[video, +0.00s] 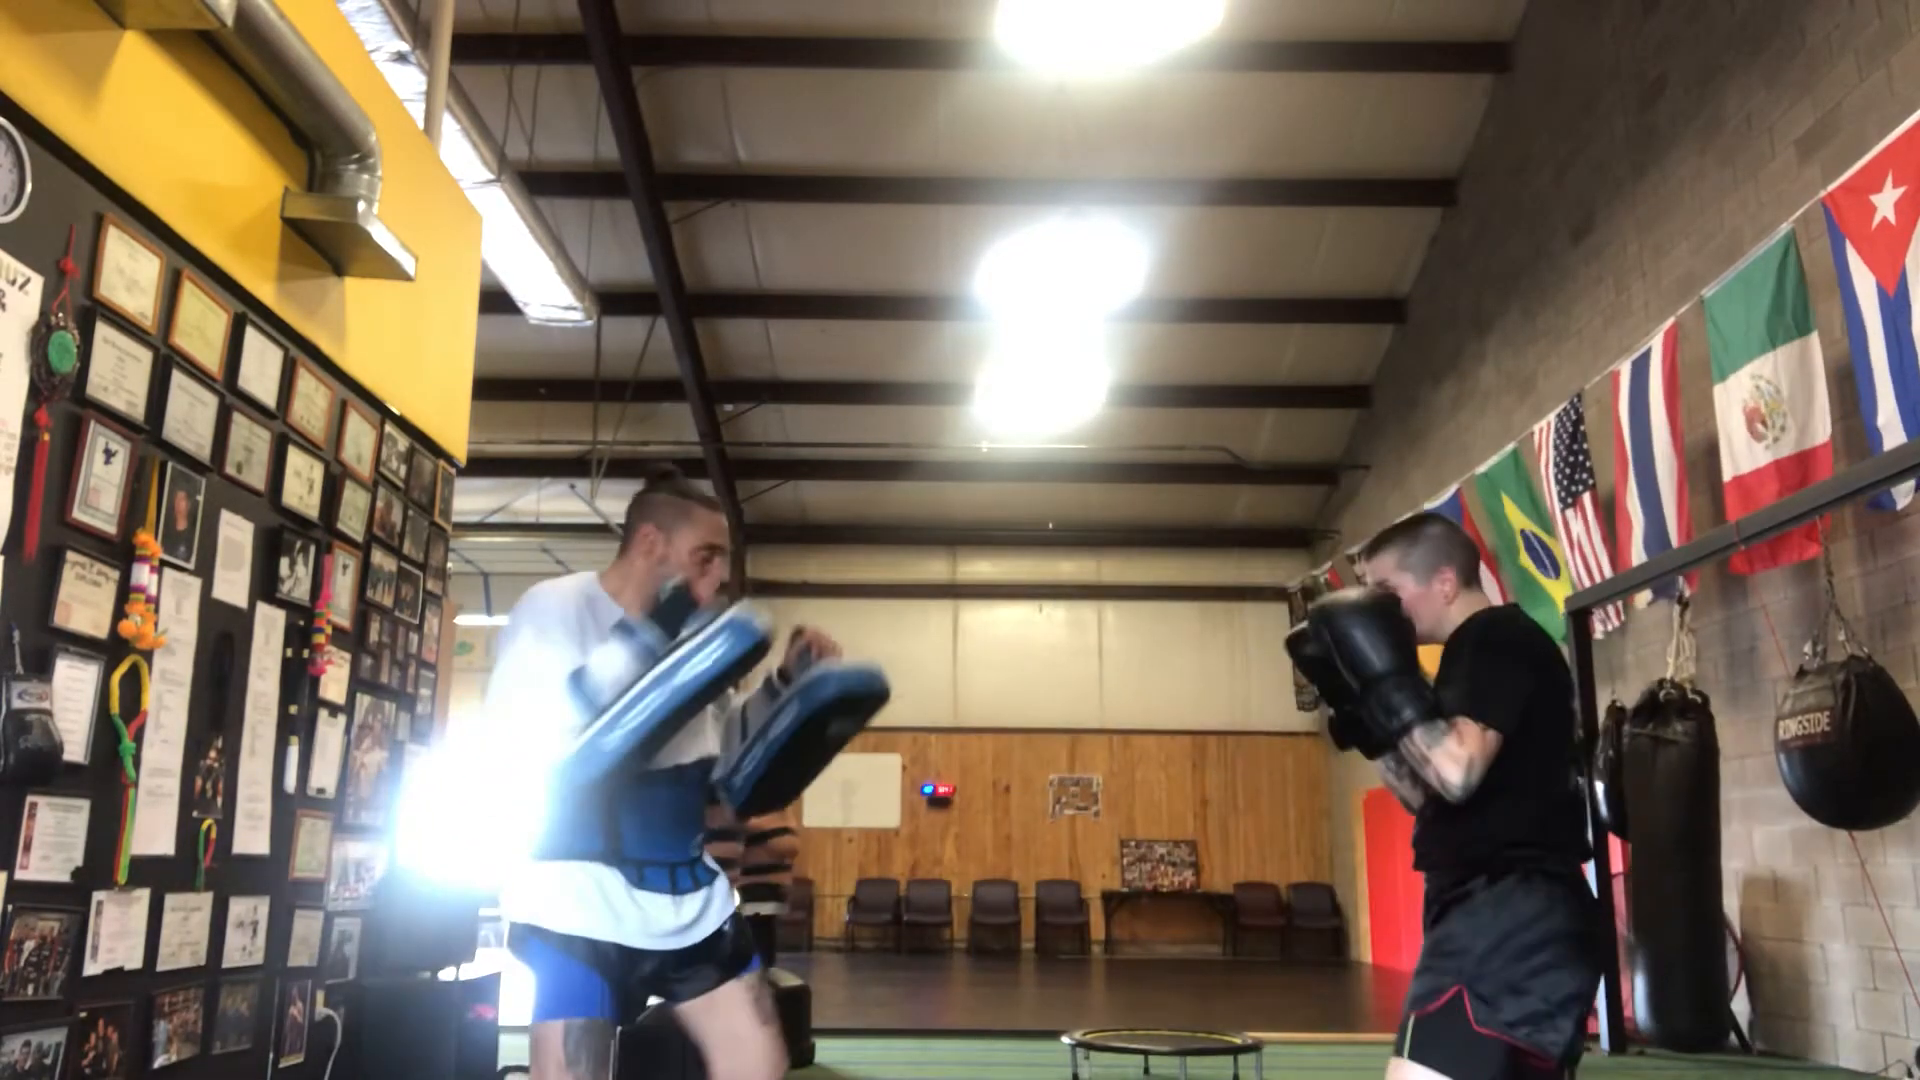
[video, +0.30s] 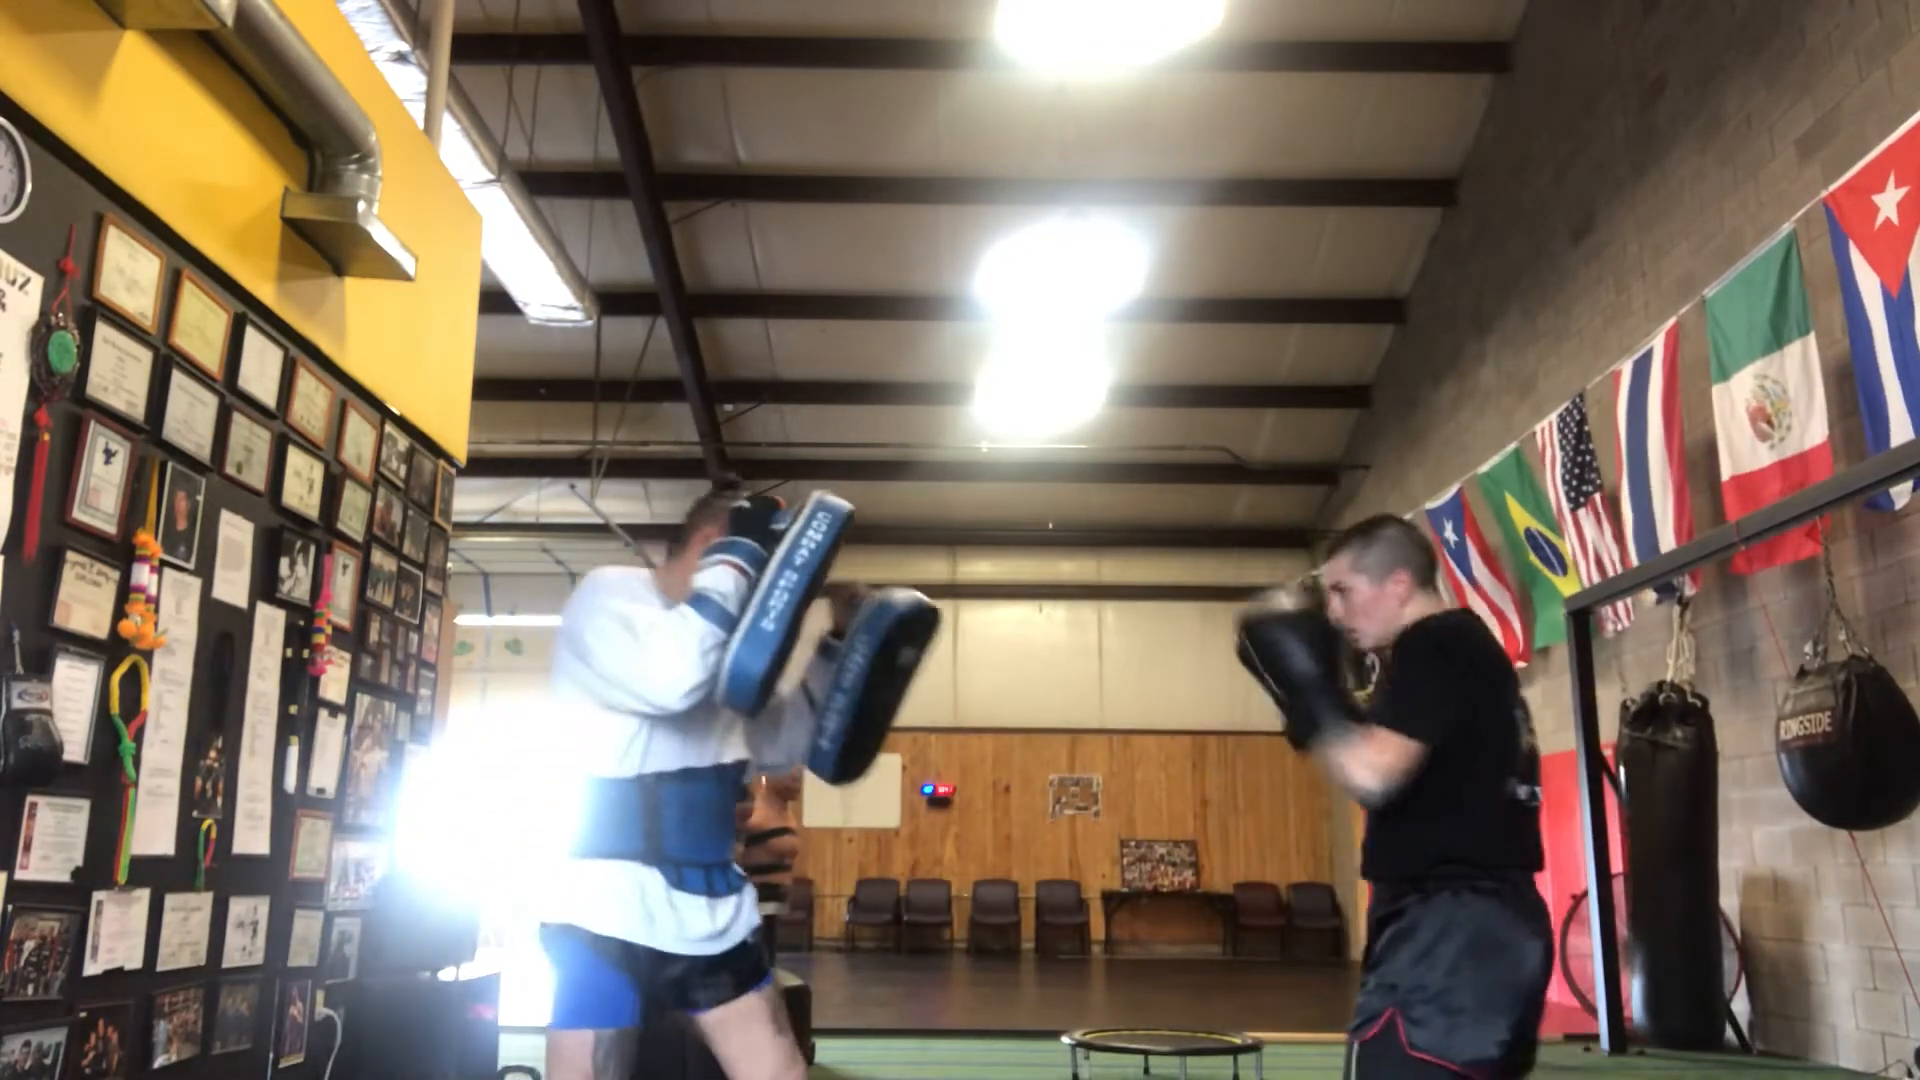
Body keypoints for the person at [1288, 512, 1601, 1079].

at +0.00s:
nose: (1381, 608)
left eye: (1390, 590)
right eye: (1377, 594)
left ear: (1445, 582)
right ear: (1447, 584)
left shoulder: (1497, 636)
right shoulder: (1467, 656)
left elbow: (1457, 769)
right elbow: (1422, 794)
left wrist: (1383, 668)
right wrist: (1358, 705)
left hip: (1511, 915)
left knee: (1419, 1068)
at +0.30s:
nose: (1332, 611)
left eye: (1342, 590)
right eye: (1329, 595)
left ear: (1398, 584)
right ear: (1401, 585)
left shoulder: (1437, 646)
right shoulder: (1458, 644)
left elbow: (1374, 772)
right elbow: (1371, 766)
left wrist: (1308, 688)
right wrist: (1314, 692)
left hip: (1452, 930)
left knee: (1393, 1066)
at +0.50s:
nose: (1320, 607)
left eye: (1325, 587)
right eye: (1317, 591)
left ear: (1367, 582)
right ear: (1377, 581)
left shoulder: (1399, 633)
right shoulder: (1441, 634)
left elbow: (1286, 721)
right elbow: (1311, 755)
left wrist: (1270, 622)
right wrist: (1281, 635)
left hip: (1434, 923)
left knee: (1391, 1065)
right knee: (1450, 1067)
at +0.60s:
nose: (1320, 620)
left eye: (1325, 602)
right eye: (1316, 605)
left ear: (1368, 594)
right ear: (1376, 592)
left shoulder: (1397, 650)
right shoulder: (1446, 646)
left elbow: (1303, 754)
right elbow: (1307, 757)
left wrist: (1275, 645)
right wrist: (1285, 654)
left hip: (1424, 934)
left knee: (1373, 1065)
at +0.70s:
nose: (1309, 620)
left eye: (1316, 600)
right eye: (1306, 603)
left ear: (1367, 593)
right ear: (1373, 591)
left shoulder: (1378, 652)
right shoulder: (1453, 651)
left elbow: (1254, 720)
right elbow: (1321, 762)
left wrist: (1196, 632)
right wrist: (1292, 649)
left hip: (1414, 931)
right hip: (1492, 921)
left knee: (1363, 1066)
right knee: (1486, 1069)